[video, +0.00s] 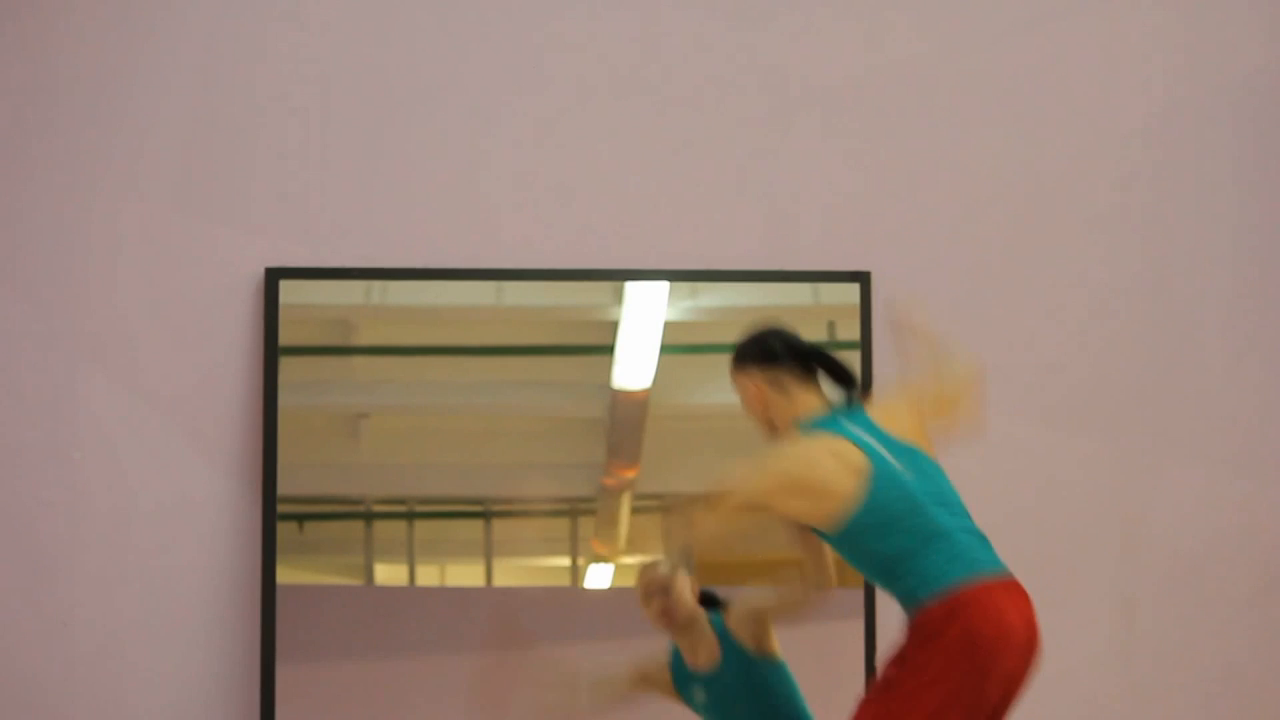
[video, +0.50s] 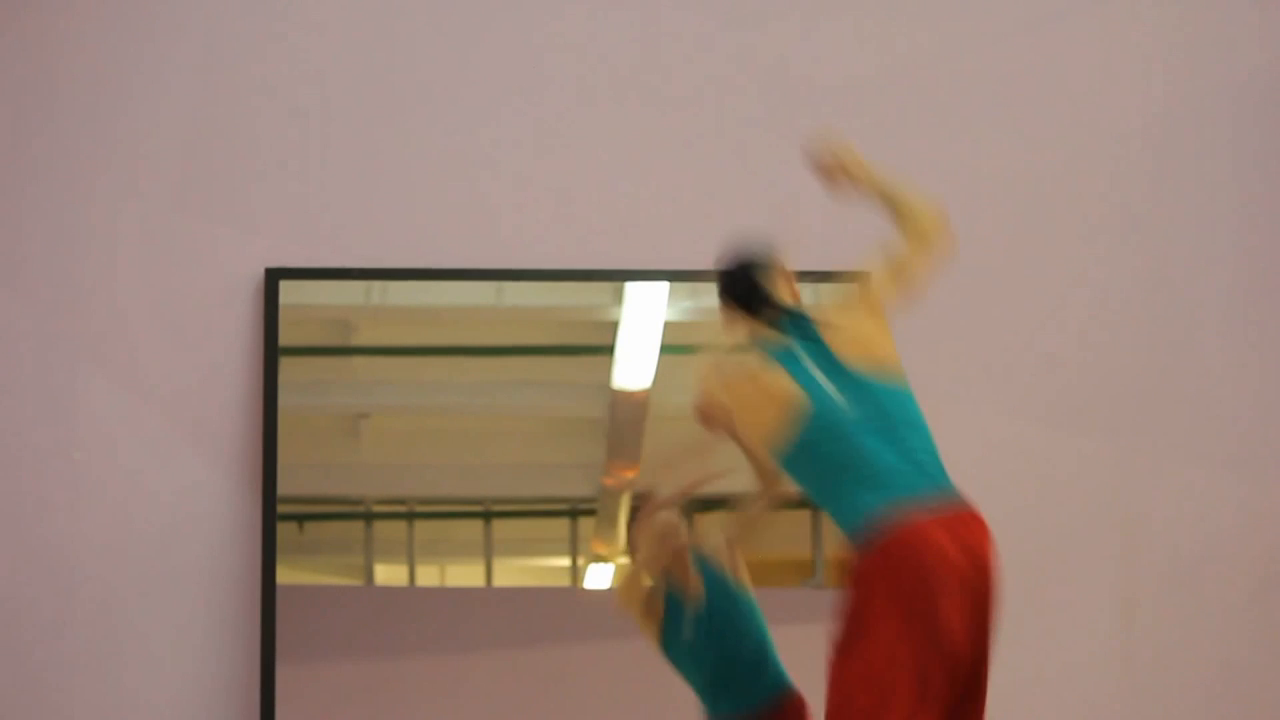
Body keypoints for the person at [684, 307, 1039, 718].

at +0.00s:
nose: (749, 414)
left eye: (743, 398)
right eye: (742, 400)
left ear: (759, 389)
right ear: (807, 373)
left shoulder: (798, 463)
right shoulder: (887, 418)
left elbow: (693, 520)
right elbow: (957, 382)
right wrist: (920, 332)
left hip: (962, 629)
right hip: (1008, 616)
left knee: (876, 708)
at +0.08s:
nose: (749, 415)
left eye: (744, 398)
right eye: (742, 401)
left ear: (759, 389)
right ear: (807, 372)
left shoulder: (796, 464)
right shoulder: (887, 417)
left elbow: (692, 521)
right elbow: (957, 383)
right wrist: (920, 332)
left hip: (961, 629)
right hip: (1008, 616)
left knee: (876, 708)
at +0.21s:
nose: (745, 376)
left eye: (740, 364)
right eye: (740, 364)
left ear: (748, 358)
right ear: (797, 334)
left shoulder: (775, 430)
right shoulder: (880, 369)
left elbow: (672, 450)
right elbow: (951, 309)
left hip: (938, 602)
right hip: (994, 585)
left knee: (868, 708)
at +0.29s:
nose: (745, 376)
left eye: (741, 364)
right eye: (740, 364)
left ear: (749, 358)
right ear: (797, 334)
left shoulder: (775, 430)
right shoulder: (880, 370)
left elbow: (671, 451)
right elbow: (951, 309)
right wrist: (901, 246)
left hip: (938, 602)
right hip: (994, 585)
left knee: (868, 708)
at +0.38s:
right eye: (786, 275)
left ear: (730, 314)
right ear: (788, 282)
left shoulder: (726, 381)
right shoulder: (858, 310)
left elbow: (776, 484)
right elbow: (929, 231)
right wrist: (866, 178)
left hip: (900, 557)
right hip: (967, 536)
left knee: (868, 707)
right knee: (956, 708)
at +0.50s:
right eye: (786, 275)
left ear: (730, 314)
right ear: (788, 282)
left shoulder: (725, 381)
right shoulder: (858, 309)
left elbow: (776, 484)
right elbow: (929, 231)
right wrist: (866, 178)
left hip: (900, 558)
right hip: (967, 537)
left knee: (868, 707)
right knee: (956, 708)